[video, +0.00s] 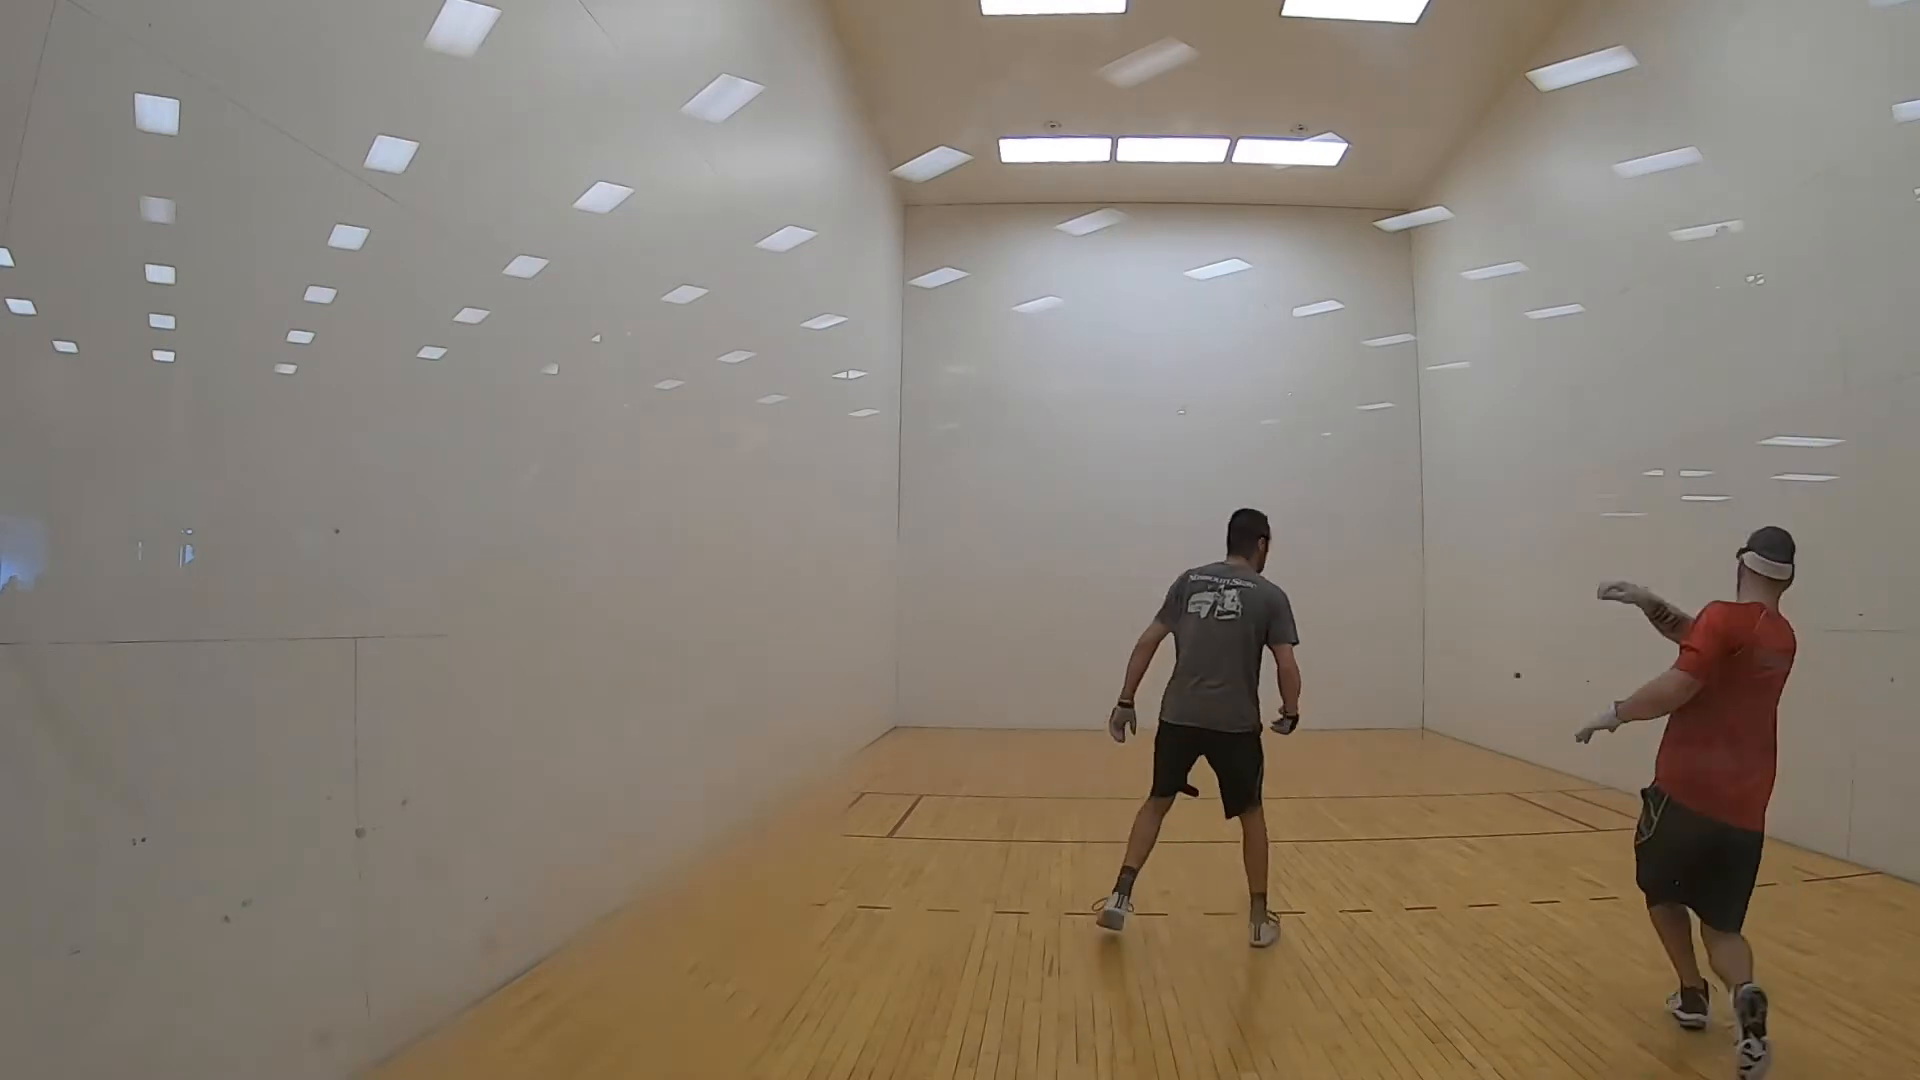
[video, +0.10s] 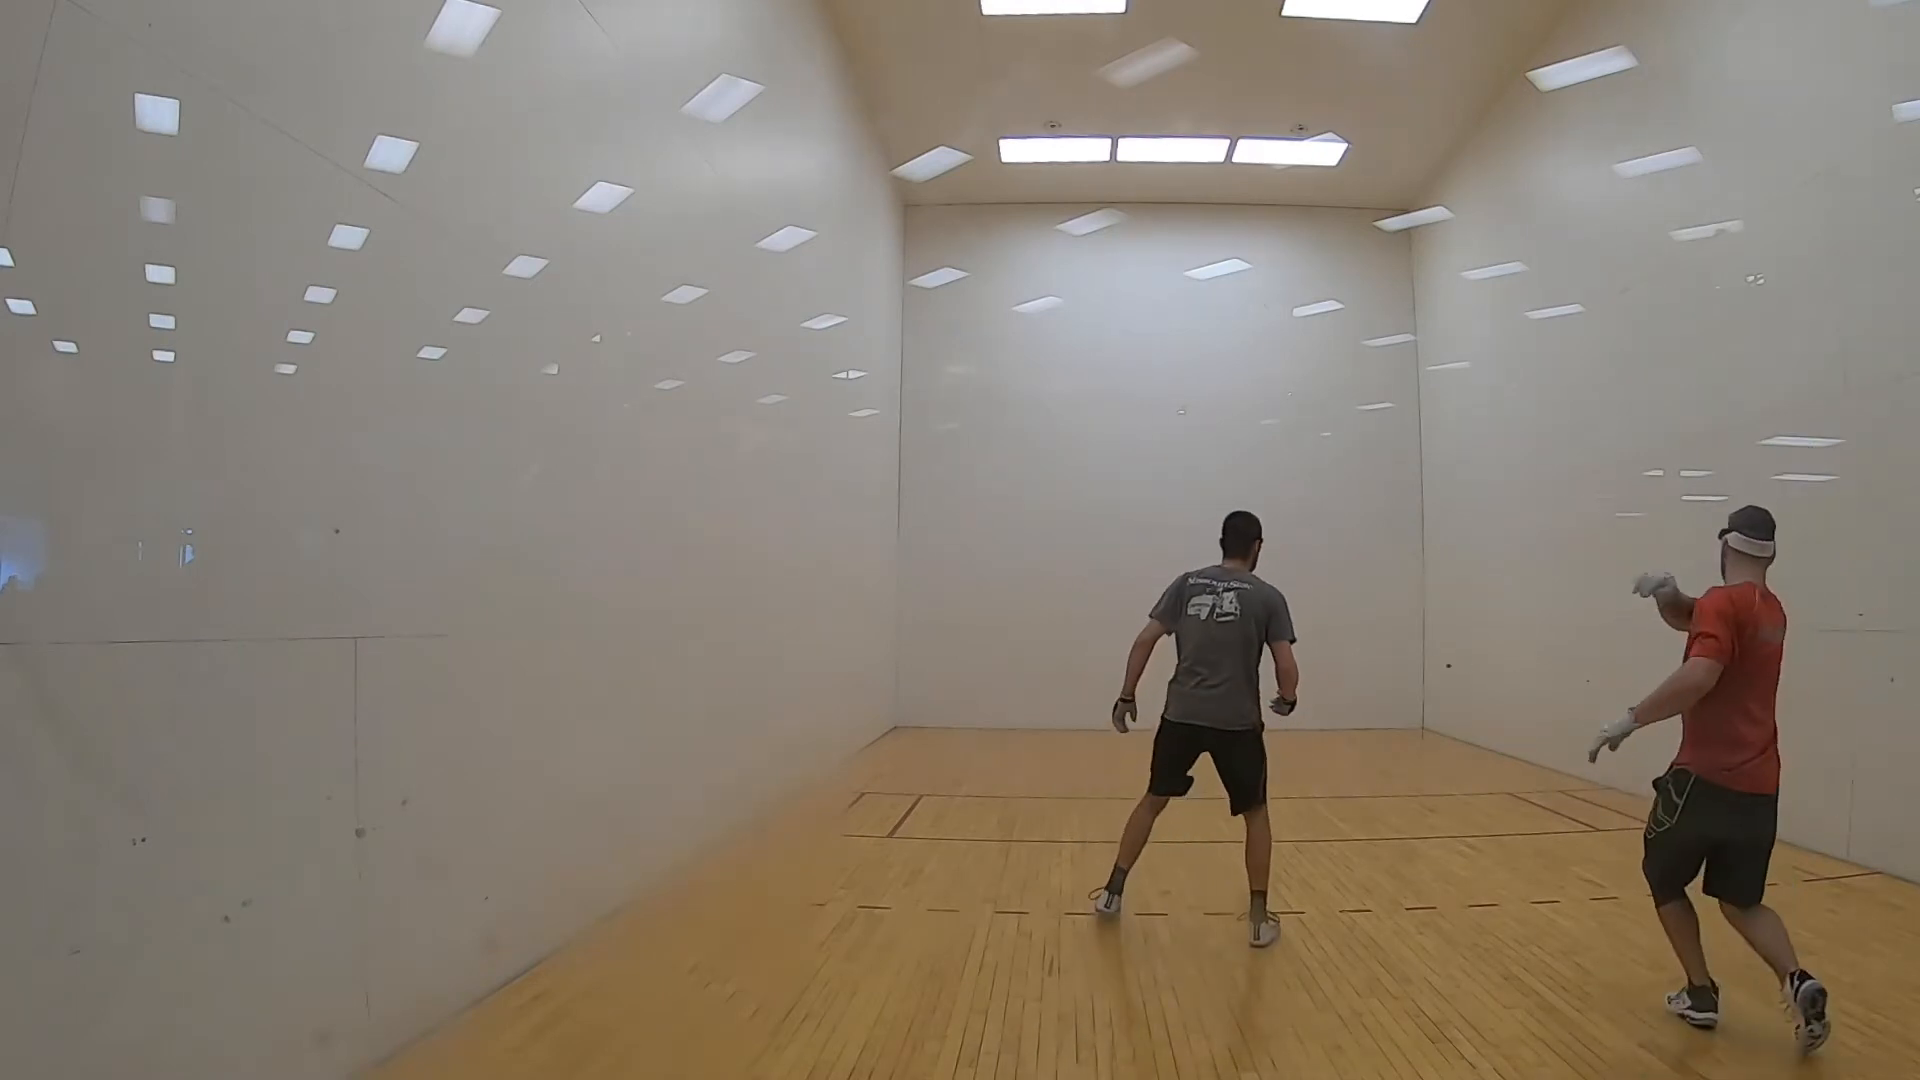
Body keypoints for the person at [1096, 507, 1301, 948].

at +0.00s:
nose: (1270, 552)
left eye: (1269, 545)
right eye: (1270, 545)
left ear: (1227, 542)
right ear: (1262, 545)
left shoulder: (1188, 581)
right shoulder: (1269, 595)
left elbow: (1148, 642)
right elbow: (1286, 663)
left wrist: (1125, 700)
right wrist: (1291, 711)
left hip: (1178, 720)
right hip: (1234, 726)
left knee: (1157, 802)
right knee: (1252, 817)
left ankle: (1119, 897)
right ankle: (1259, 919)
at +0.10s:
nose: (1260, 550)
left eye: (1257, 542)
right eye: (1260, 544)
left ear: (1220, 544)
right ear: (1257, 547)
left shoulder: (1186, 584)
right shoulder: (1266, 597)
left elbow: (1145, 640)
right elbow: (1286, 664)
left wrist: (1127, 692)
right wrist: (1286, 700)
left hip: (1179, 719)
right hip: (1236, 725)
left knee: (1152, 801)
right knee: (1256, 815)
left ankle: (1111, 892)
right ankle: (1259, 920)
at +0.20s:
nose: (1252, 563)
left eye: (1248, 556)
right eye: (1252, 557)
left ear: (1213, 559)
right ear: (1249, 561)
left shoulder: (1183, 601)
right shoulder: (1259, 608)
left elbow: (1143, 654)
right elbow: (1277, 673)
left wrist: (1132, 703)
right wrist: (1284, 703)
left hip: (1179, 734)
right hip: (1234, 737)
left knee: (1153, 807)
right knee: (1258, 821)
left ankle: (1108, 893)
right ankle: (1259, 921)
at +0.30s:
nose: (1246, 583)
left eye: (1243, 577)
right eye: (1246, 577)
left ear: (1209, 580)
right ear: (1243, 581)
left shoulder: (1180, 624)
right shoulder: (1253, 626)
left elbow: (1141, 681)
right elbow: (1266, 695)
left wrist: (1150, 725)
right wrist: (1286, 711)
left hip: (1175, 742)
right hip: (1227, 746)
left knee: (1152, 809)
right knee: (1262, 813)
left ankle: (1103, 893)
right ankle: (1252, 900)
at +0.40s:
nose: (1252, 603)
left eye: (1250, 598)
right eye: (1253, 598)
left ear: (1217, 599)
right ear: (1249, 600)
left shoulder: (1191, 642)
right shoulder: (1259, 640)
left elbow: (1167, 711)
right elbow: (1271, 698)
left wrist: (1195, 740)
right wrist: (1307, 729)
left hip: (1183, 748)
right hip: (1234, 749)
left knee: (1156, 813)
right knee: (1283, 803)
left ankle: (1105, 891)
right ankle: (1275, 892)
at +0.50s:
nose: (1279, 619)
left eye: (1275, 612)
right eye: (1278, 612)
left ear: (1243, 613)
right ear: (1273, 613)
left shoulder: (1220, 650)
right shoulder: (1279, 650)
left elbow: (1231, 720)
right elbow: (1299, 702)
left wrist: (1290, 730)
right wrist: (1353, 730)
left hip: (1201, 752)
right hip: (1251, 750)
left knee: (1165, 821)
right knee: (1313, 791)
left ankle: (1107, 891)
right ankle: (1332, 885)